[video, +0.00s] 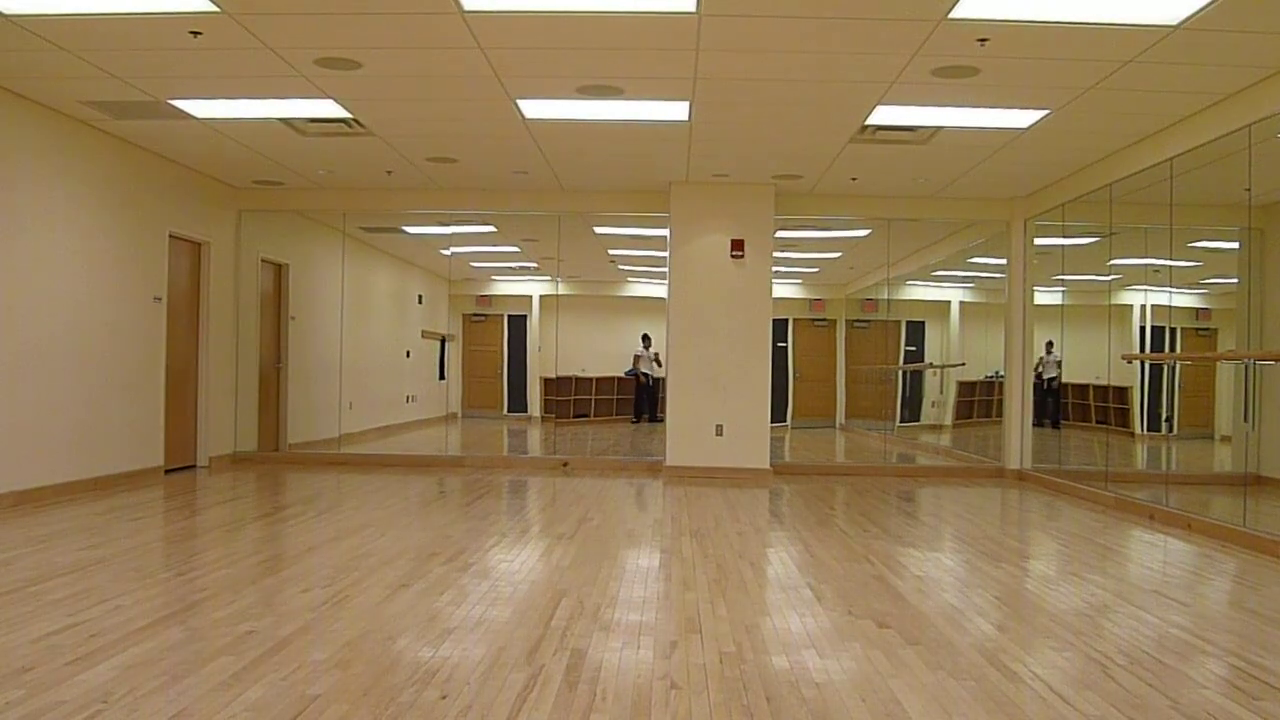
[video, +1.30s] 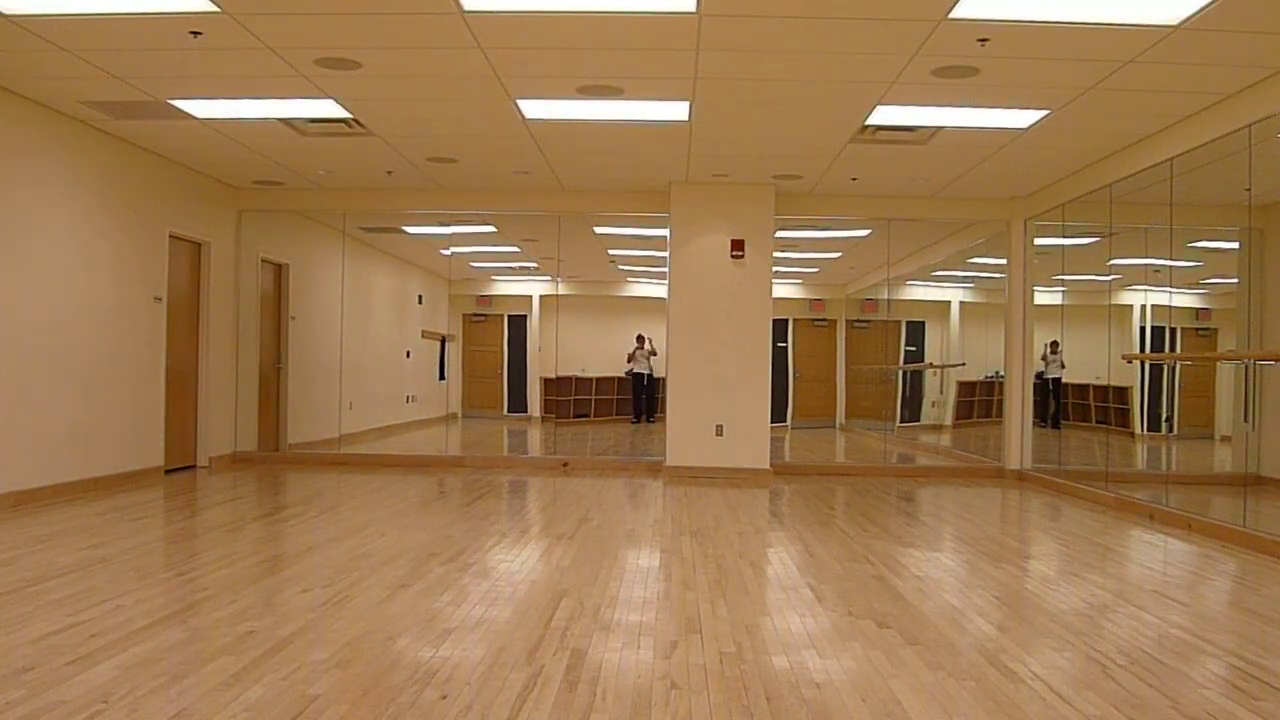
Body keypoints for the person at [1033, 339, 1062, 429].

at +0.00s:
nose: (1048, 348)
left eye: (1050, 346)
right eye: (1047, 346)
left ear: (1052, 347)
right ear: (1045, 347)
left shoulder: (1056, 357)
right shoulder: (1042, 357)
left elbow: (1060, 369)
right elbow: (1035, 369)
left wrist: (1058, 380)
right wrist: (1039, 363)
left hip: (1053, 377)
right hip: (1044, 378)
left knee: (1054, 400)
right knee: (1041, 399)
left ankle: (1055, 421)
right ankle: (1039, 420)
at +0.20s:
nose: (1054, 349)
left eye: (1055, 347)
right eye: (1052, 346)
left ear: (1058, 348)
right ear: (1050, 347)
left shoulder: (1059, 355)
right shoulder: (1046, 355)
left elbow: (1061, 364)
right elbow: (1042, 365)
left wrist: (1062, 372)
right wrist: (1048, 356)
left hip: (1057, 377)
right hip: (1048, 377)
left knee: (1057, 400)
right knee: (1045, 399)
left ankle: (1056, 421)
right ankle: (1042, 419)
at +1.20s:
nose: (1055, 348)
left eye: (1057, 346)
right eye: (1054, 346)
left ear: (1059, 348)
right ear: (1051, 347)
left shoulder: (1059, 357)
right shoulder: (1048, 356)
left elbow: (1064, 368)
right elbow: (1042, 361)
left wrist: (1062, 368)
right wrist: (1045, 352)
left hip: (1057, 377)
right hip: (1048, 377)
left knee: (1057, 400)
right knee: (1045, 399)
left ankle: (1056, 421)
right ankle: (1044, 420)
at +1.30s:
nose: (1054, 349)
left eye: (1056, 347)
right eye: (1053, 347)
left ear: (1058, 347)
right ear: (1050, 347)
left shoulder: (1058, 356)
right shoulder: (1048, 356)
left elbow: (1063, 366)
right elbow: (1043, 358)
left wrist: (1060, 358)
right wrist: (1045, 350)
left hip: (1057, 376)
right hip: (1047, 376)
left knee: (1057, 399)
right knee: (1045, 398)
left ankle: (1056, 421)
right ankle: (1044, 420)